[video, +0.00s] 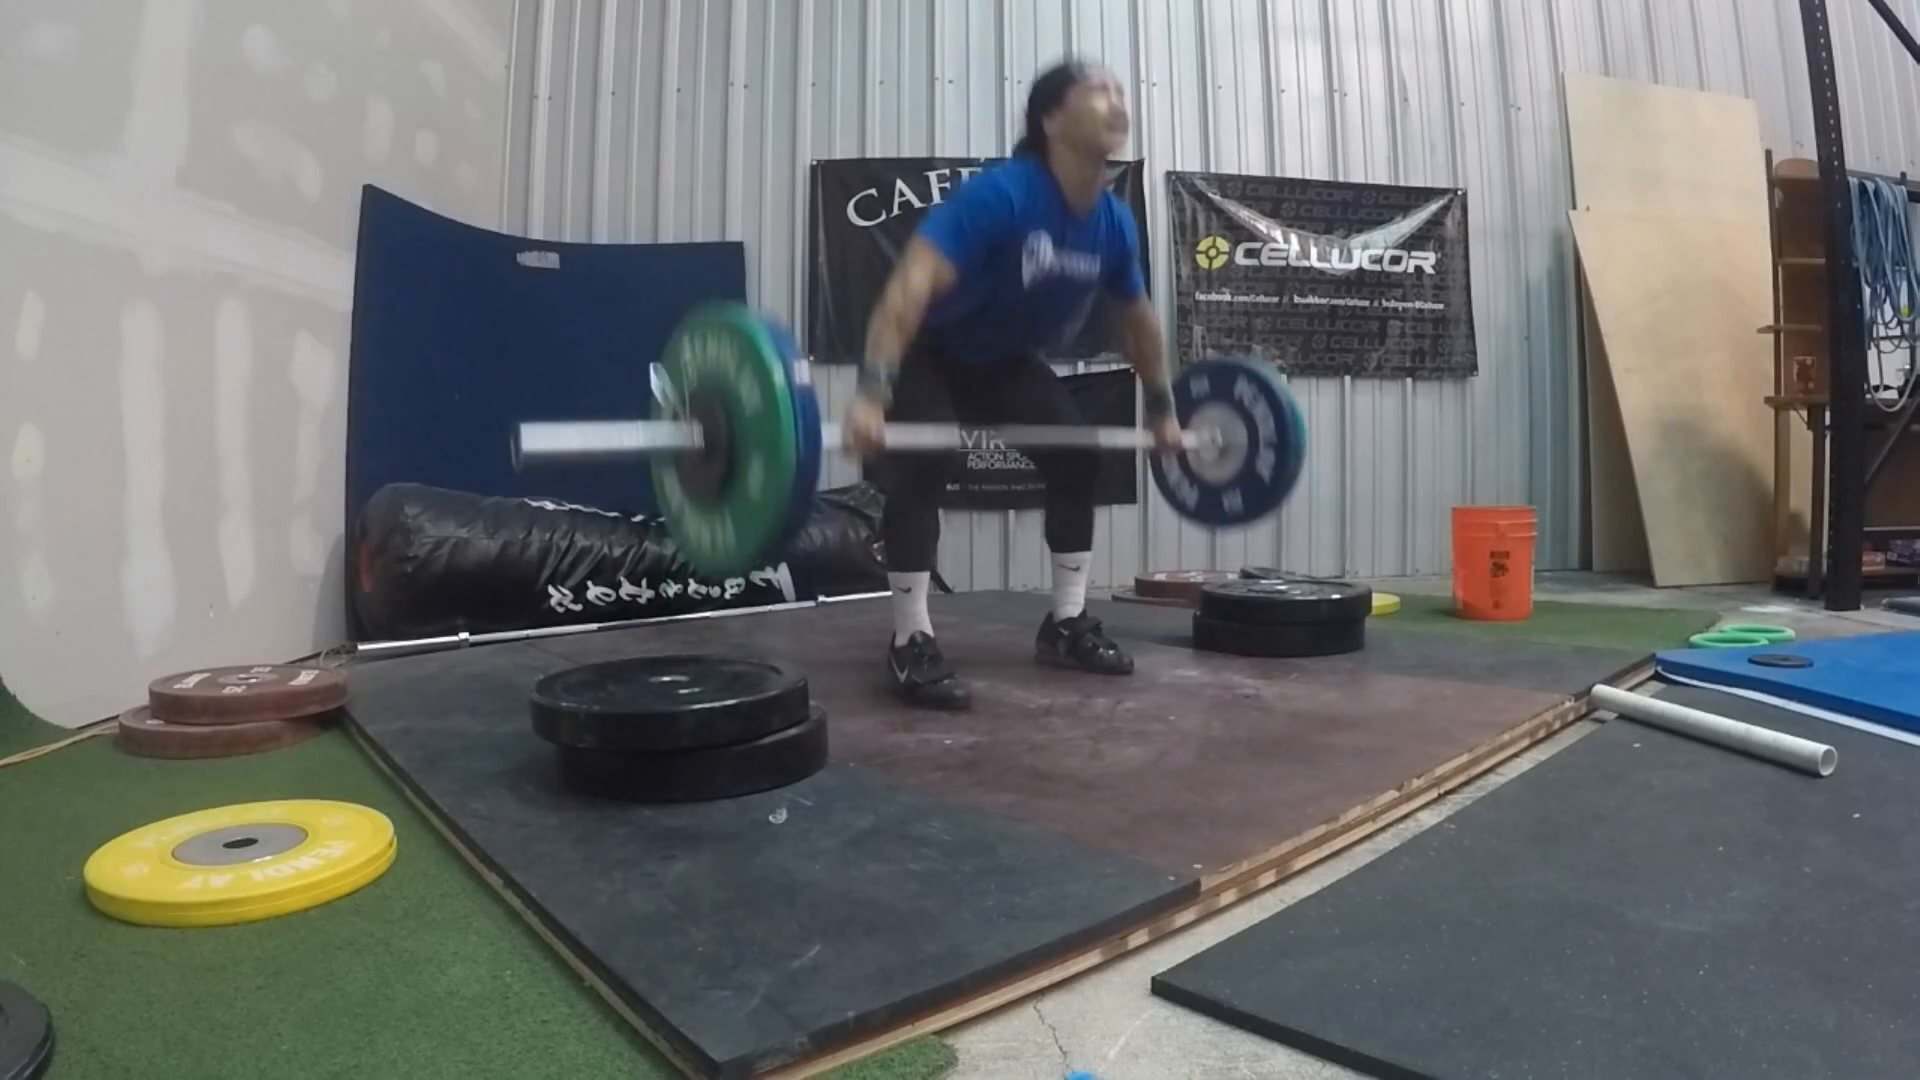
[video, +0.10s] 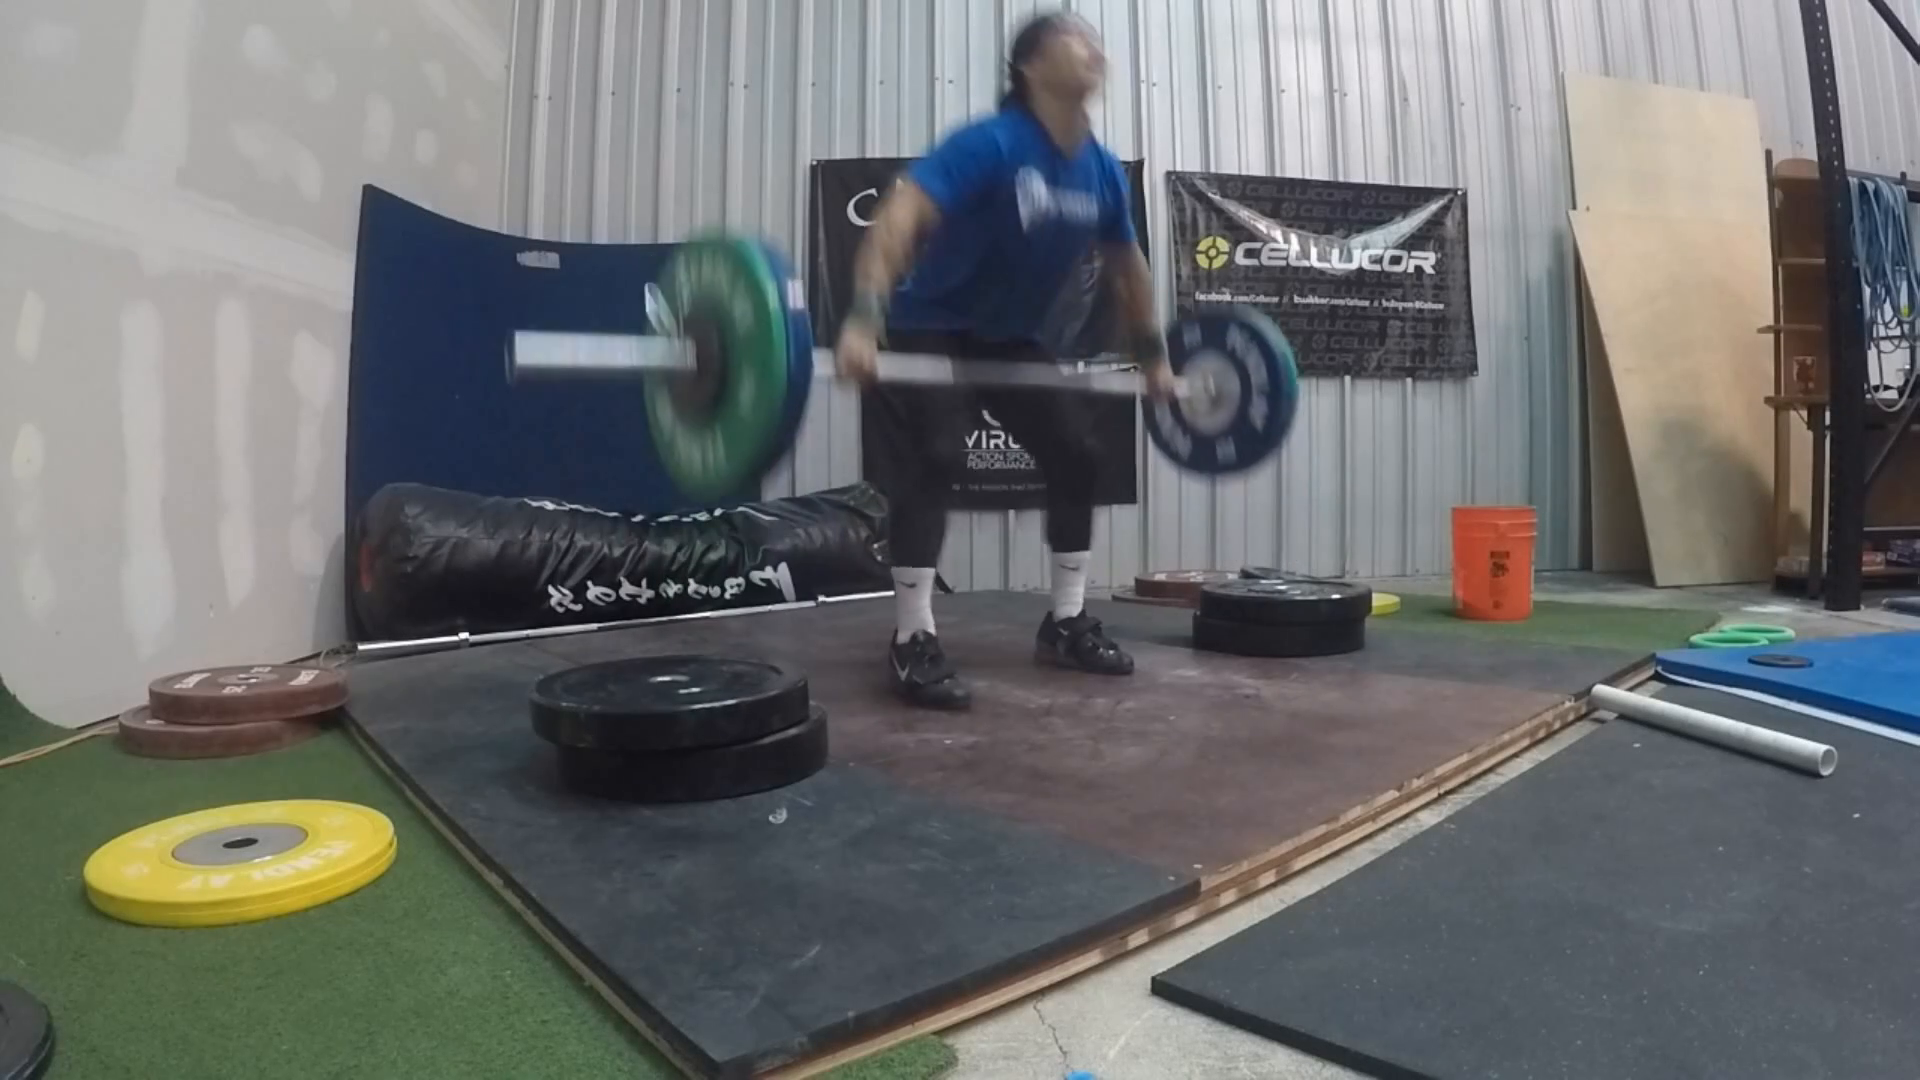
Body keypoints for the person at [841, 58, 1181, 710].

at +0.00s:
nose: (1119, 106)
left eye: (1120, 94)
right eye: (1099, 93)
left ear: (1119, 121)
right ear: (1052, 120)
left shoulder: (1112, 221)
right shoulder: (996, 194)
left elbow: (1137, 315)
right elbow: (911, 281)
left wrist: (1162, 408)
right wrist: (873, 391)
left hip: (1005, 360)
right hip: (927, 353)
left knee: (1076, 450)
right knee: (921, 457)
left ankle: (1067, 622)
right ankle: (911, 640)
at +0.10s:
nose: (1093, 46)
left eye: (1091, 37)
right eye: (1072, 37)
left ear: (1093, 69)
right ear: (1031, 67)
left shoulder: (1103, 171)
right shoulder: (986, 143)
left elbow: (1128, 267)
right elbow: (898, 213)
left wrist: (1154, 357)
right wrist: (863, 318)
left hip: (1013, 343)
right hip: (926, 335)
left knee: (1075, 458)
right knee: (931, 464)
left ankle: (1066, 621)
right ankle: (914, 639)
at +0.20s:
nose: (1020, 15)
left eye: (1022, 9)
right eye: (1000, 9)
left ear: (1028, 35)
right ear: (964, 36)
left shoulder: (1060, 120)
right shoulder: (947, 94)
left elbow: (1100, 208)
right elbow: (870, 154)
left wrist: (1148, 295)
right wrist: (855, 247)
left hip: (1052, 325)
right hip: (974, 320)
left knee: (1120, 462)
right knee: (980, 451)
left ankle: (1078, 614)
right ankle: (922, 631)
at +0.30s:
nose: (943, 11)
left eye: (942, 7)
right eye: (924, 9)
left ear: (950, 36)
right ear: (892, 37)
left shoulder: (1005, 104)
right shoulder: (890, 75)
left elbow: (1072, 174)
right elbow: (840, 117)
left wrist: (1144, 233)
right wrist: (852, 167)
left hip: (1051, 268)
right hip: (975, 265)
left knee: (1075, 419)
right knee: (964, 414)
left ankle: (1087, 600)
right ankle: (923, 618)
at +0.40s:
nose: (914, 71)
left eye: (914, 66)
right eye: (897, 68)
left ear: (926, 89)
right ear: (867, 90)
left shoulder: (969, 144)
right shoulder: (870, 134)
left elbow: (1046, 191)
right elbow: (812, 155)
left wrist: (1137, 190)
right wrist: (837, 123)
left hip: (1024, 306)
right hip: (961, 304)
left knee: (1102, 449)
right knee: (953, 452)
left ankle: (1046, 599)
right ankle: (879, 619)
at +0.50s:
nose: (951, 152)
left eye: (948, 143)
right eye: (932, 142)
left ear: (949, 161)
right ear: (894, 161)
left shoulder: (984, 223)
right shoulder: (877, 211)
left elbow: (1049, 249)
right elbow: (799, 206)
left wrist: (1113, 190)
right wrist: (820, 123)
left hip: (1009, 427)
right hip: (937, 430)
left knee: (1129, 512)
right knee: (924, 528)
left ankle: (1030, 613)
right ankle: (869, 638)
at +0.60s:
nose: (1011, 232)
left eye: (1010, 221)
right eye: (992, 221)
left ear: (1016, 234)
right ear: (950, 243)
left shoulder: (1025, 295)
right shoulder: (916, 296)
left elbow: (1091, 261)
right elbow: (842, 233)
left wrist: (1132, 205)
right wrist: (818, 137)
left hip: (1002, 513)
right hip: (924, 512)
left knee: (1120, 518)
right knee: (928, 545)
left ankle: (1027, 618)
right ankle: (874, 641)